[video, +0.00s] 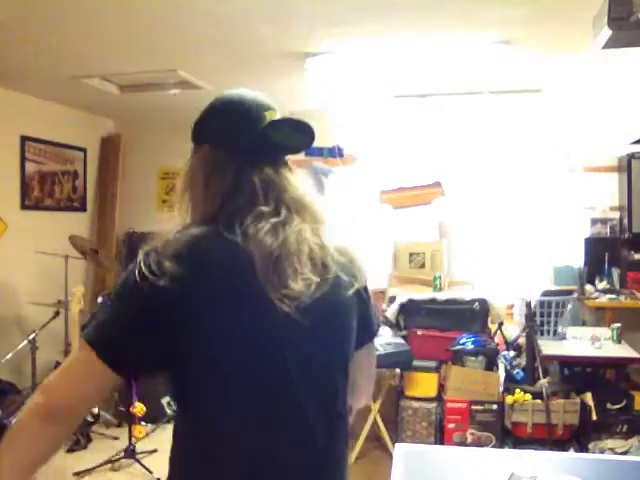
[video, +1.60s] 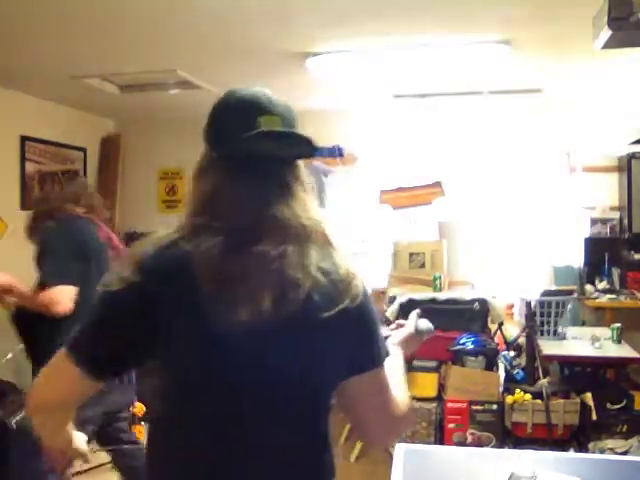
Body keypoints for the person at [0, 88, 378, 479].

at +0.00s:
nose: (188, 177)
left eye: (193, 164)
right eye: (190, 164)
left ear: (207, 169)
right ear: (286, 169)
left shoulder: (180, 266)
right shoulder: (342, 269)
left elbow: (57, 406)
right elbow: (360, 395)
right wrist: (320, 451)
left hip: (209, 467)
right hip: (318, 469)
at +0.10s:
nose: (181, 183)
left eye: (189, 169)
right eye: (185, 170)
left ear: (205, 174)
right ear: (280, 178)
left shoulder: (175, 266)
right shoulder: (334, 270)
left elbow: (56, 400)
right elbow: (358, 396)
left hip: (202, 471)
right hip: (311, 471)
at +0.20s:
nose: (177, 188)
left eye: (185, 175)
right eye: (182, 175)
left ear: (200, 181)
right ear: (272, 183)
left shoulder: (170, 267)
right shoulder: (326, 271)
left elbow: (62, 399)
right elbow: (356, 397)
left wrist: (11, 471)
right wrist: (292, 365)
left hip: (196, 473)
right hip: (304, 474)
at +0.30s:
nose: (173, 191)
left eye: (180, 180)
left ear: (192, 185)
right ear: (264, 185)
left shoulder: (164, 272)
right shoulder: (315, 272)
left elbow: (64, 404)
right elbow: (352, 396)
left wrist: (21, 472)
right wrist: (290, 369)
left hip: (193, 469)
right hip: (296, 471)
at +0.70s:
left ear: (185, 183)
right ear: (254, 184)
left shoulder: (152, 269)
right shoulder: (294, 264)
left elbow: (83, 391)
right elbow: (338, 386)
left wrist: (77, 458)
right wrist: (324, 334)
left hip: (186, 465)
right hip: (281, 465)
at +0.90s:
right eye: (273, 174)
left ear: (205, 180)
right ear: (274, 182)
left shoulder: (166, 266)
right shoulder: (309, 264)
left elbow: (92, 382)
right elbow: (353, 388)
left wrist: (88, 445)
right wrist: (350, 321)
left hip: (195, 467)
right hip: (290, 467)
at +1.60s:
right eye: (300, 166)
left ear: (209, 173)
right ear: (295, 178)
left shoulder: (165, 274)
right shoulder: (335, 286)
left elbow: (46, 400)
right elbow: (383, 430)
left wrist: (63, 447)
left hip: (182, 471)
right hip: (298, 472)